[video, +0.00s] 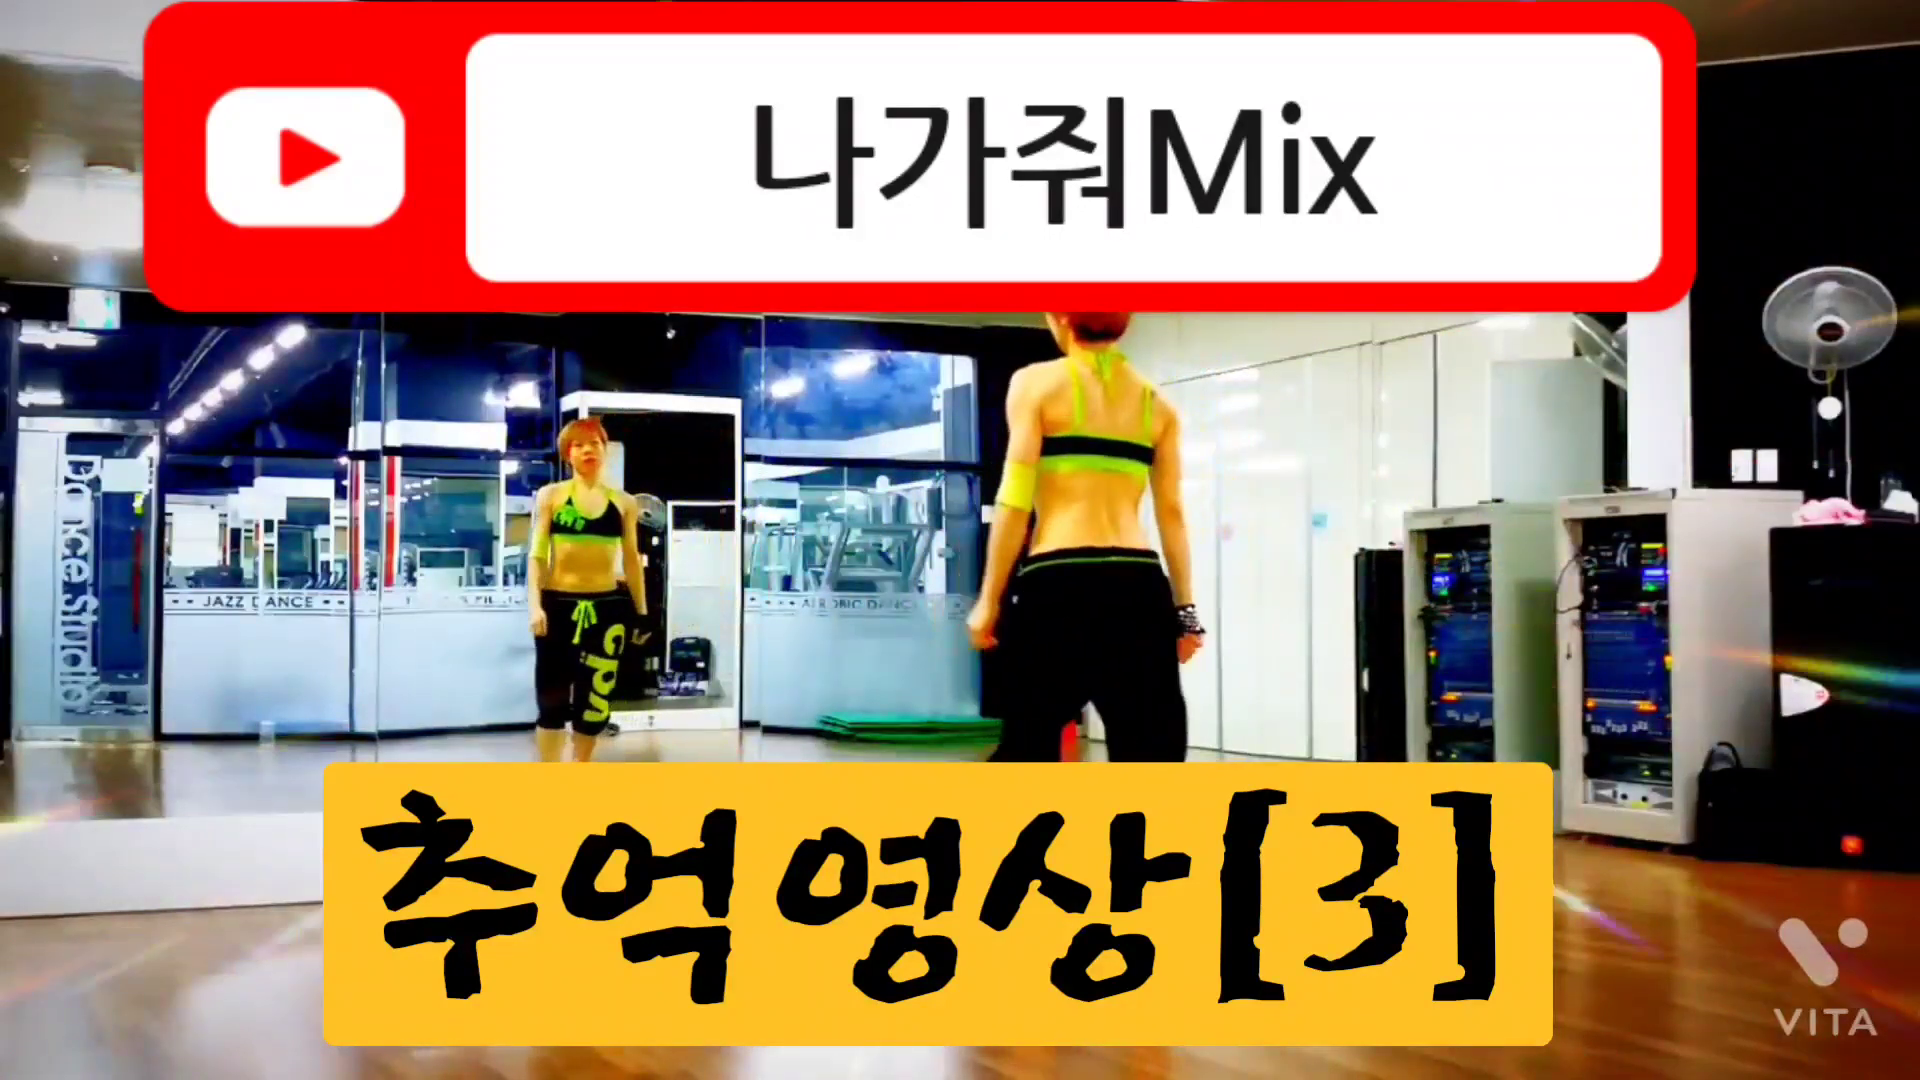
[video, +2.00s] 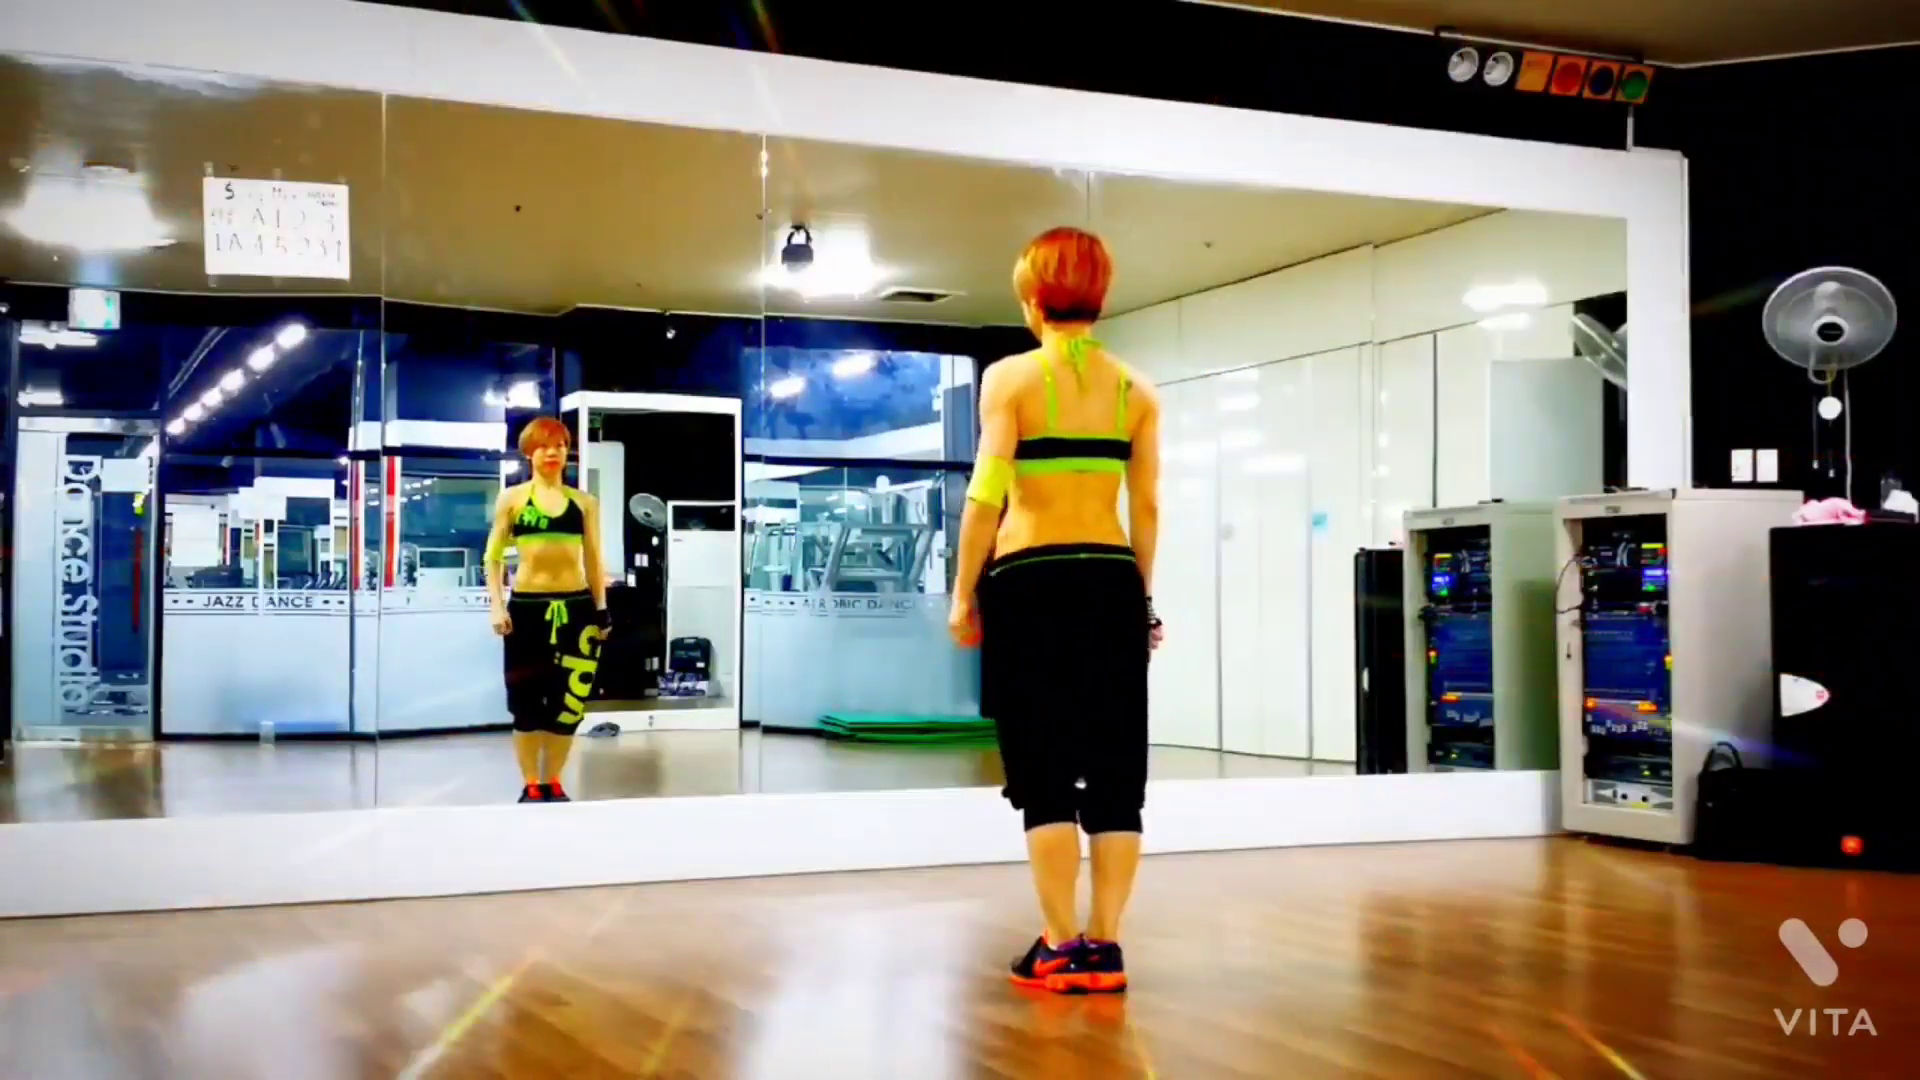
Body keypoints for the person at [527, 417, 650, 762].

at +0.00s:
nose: (588, 452)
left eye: (595, 444)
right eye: (579, 446)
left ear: (605, 450)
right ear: (568, 454)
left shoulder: (624, 502)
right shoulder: (550, 496)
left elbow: (633, 560)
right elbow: (537, 555)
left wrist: (642, 613)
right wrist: (535, 605)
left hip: (608, 608)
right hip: (559, 607)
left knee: (593, 703)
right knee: (553, 704)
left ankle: (579, 774)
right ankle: (549, 775)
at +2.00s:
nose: (552, 454)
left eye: (558, 446)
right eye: (543, 447)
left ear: (566, 452)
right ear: (530, 453)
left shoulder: (585, 502)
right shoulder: (512, 498)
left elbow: (594, 560)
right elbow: (493, 557)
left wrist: (600, 608)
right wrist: (498, 606)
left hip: (576, 607)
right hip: (527, 607)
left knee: (570, 700)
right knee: (528, 701)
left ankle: (552, 780)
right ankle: (531, 784)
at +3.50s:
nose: (560, 462)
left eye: (566, 455)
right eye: (551, 455)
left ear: (573, 457)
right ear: (535, 459)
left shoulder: (587, 501)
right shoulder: (519, 500)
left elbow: (607, 548)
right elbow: (523, 556)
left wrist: (595, 582)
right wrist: (535, 606)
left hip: (580, 606)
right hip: (537, 604)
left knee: (571, 699)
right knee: (533, 699)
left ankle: (552, 783)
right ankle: (531, 785)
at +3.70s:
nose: (561, 465)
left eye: (566, 458)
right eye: (552, 459)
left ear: (574, 459)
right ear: (537, 461)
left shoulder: (583, 496)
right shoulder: (520, 490)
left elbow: (611, 485)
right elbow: (524, 513)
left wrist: (566, 488)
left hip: (581, 602)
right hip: (533, 602)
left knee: (571, 700)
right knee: (531, 700)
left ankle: (553, 783)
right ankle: (531, 785)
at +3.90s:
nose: (558, 443)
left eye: (562, 437)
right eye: (547, 437)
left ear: (570, 449)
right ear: (531, 452)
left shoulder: (585, 488)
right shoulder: (526, 492)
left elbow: (608, 455)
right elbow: (520, 481)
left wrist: (574, 442)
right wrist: (552, 458)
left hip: (581, 603)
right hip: (533, 604)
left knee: (571, 704)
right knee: (530, 703)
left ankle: (552, 783)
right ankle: (531, 785)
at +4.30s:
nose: (556, 488)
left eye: (561, 483)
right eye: (547, 484)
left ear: (571, 494)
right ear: (532, 498)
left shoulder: (587, 543)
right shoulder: (519, 542)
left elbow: (591, 596)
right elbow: (521, 602)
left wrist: (589, 638)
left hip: (572, 637)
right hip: (529, 638)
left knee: (573, 729)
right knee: (538, 722)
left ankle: (553, 783)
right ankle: (532, 786)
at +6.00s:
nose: (549, 452)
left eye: (555, 444)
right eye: (539, 445)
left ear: (564, 451)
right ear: (523, 451)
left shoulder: (573, 483)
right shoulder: (513, 482)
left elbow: (582, 426)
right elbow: (500, 422)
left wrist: (585, 371)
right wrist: (485, 366)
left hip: (573, 601)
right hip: (525, 604)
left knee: (568, 700)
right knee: (526, 703)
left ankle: (552, 783)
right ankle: (532, 786)